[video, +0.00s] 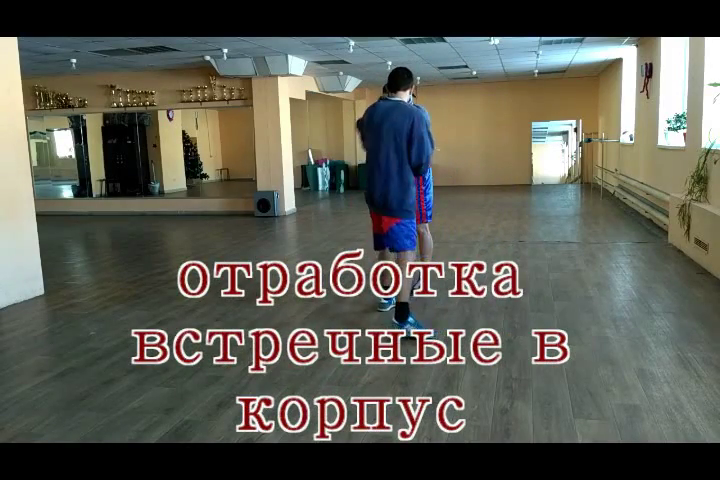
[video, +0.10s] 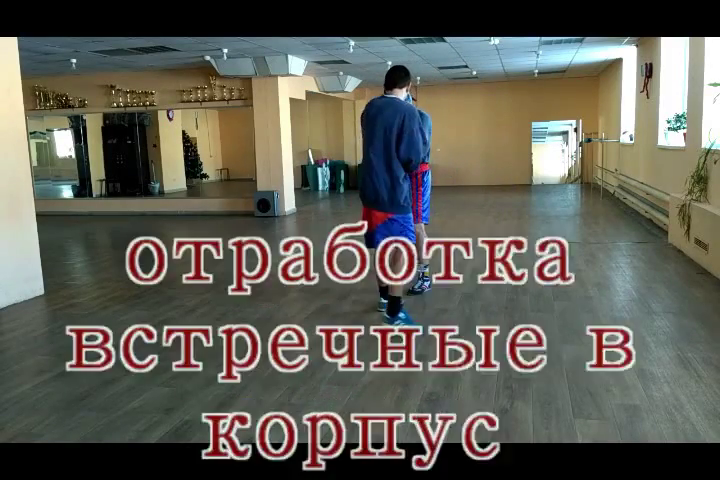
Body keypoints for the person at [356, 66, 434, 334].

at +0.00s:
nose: (413, 92)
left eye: (412, 89)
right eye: (413, 89)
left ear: (387, 86)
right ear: (410, 89)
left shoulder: (371, 111)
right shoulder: (413, 115)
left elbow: (368, 146)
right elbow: (420, 162)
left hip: (375, 190)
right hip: (402, 193)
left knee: (382, 248)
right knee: (405, 256)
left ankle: (386, 296)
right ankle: (403, 316)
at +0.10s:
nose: (407, 91)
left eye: (406, 87)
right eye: (408, 87)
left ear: (385, 84)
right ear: (406, 87)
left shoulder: (370, 107)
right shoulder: (407, 112)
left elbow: (371, 142)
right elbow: (413, 158)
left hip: (370, 187)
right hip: (396, 191)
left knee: (381, 245)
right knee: (400, 252)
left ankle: (385, 294)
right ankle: (394, 311)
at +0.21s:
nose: (407, 90)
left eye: (406, 86)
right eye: (408, 86)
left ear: (384, 84)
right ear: (406, 86)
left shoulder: (370, 107)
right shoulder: (406, 112)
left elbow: (371, 144)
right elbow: (412, 159)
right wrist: (424, 146)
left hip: (370, 184)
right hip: (396, 188)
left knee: (380, 243)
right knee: (403, 246)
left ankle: (384, 294)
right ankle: (390, 304)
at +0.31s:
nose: (405, 90)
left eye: (404, 87)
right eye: (406, 87)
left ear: (381, 86)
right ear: (403, 87)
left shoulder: (367, 108)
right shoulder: (406, 115)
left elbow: (355, 139)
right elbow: (410, 160)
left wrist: (373, 151)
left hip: (366, 184)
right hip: (392, 188)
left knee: (378, 246)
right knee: (390, 249)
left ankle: (383, 294)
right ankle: (366, 308)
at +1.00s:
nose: (401, 103)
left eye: (400, 99)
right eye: (401, 99)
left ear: (378, 95)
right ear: (397, 98)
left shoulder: (362, 117)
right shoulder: (392, 123)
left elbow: (353, 150)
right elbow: (396, 165)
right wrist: (398, 181)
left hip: (355, 185)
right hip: (374, 188)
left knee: (377, 238)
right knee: (377, 245)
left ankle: (370, 287)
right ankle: (365, 308)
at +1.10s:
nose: (398, 99)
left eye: (397, 95)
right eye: (398, 95)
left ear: (376, 91)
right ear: (393, 94)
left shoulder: (367, 110)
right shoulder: (383, 117)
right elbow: (389, 162)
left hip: (358, 183)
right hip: (369, 187)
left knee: (374, 239)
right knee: (378, 241)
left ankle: (371, 287)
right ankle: (367, 302)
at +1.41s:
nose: (396, 97)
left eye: (396, 94)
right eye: (396, 93)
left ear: (375, 87)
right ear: (392, 91)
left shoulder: (362, 109)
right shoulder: (377, 114)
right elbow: (379, 160)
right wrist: (392, 160)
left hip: (356, 182)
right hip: (366, 187)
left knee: (370, 237)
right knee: (369, 241)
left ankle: (370, 285)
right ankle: (337, 297)